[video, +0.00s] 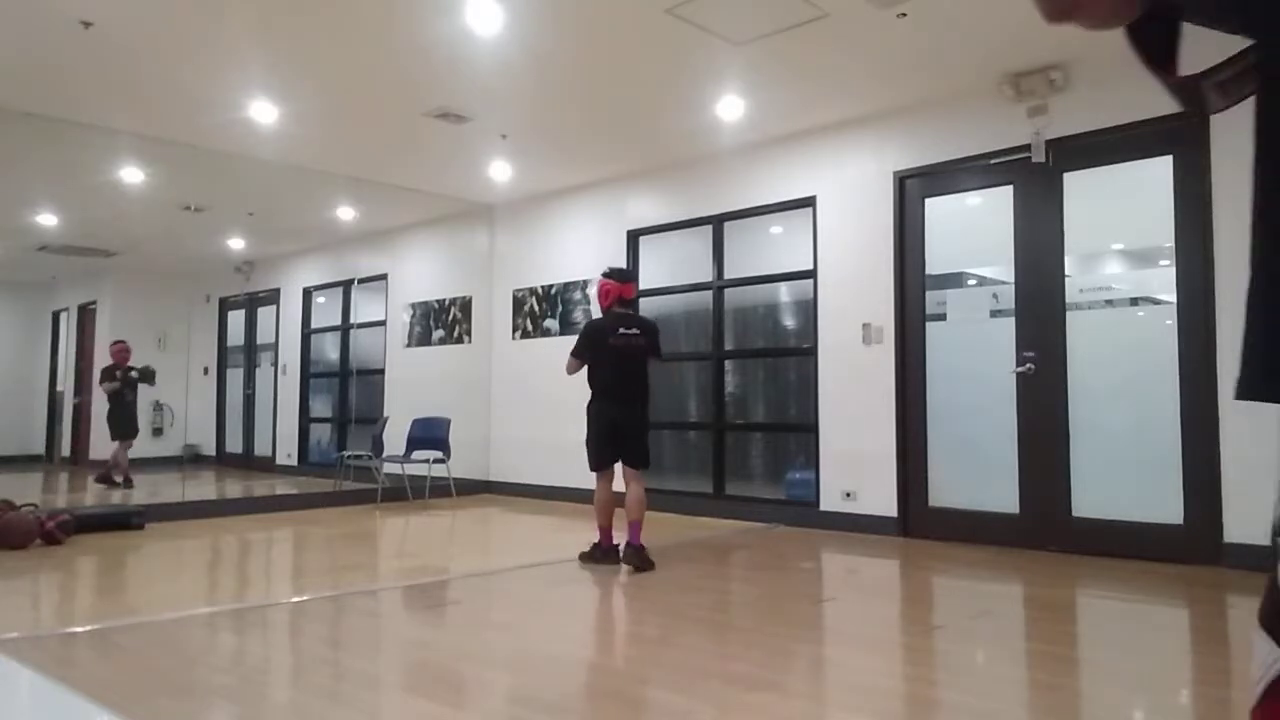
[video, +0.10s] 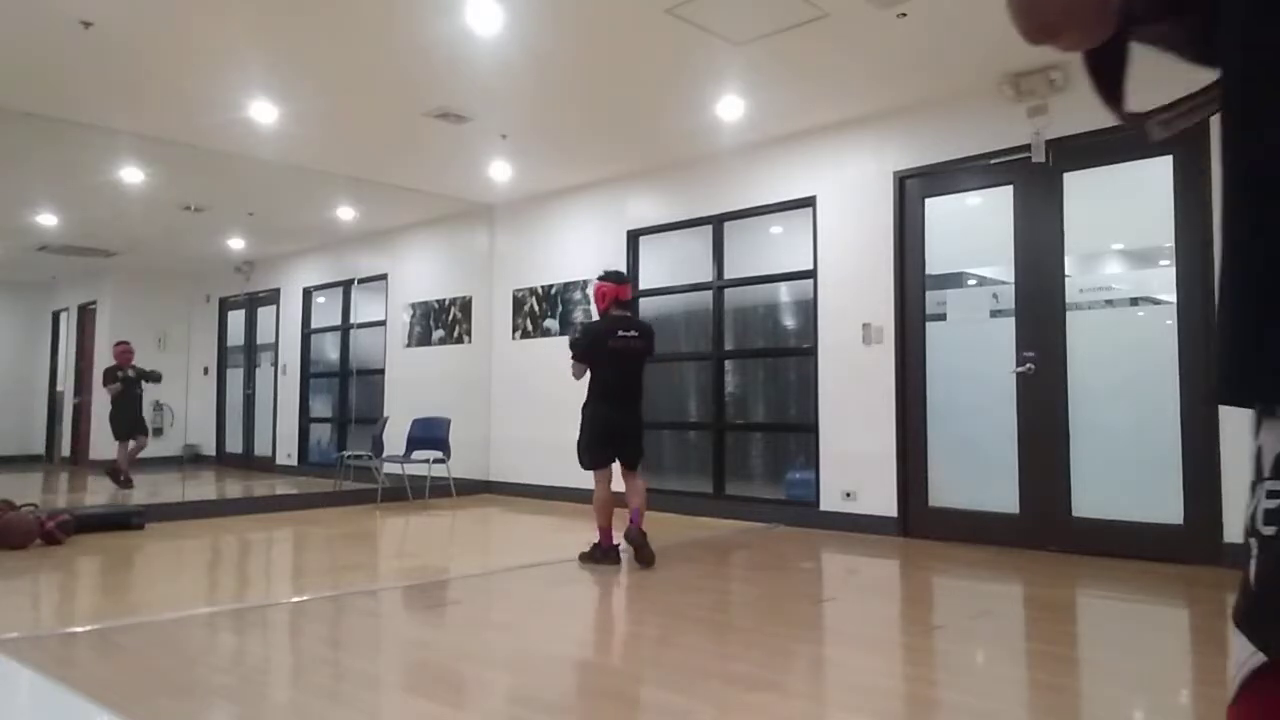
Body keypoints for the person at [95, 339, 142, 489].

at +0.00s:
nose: (124, 355)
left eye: (126, 351)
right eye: (120, 352)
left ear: (130, 353)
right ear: (112, 355)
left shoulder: (132, 371)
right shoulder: (108, 371)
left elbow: (148, 379)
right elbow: (106, 388)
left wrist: (147, 374)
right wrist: (123, 381)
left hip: (130, 411)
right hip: (117, 411)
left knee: (127, 443)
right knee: (124, 443)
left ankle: (106, 473)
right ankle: (126, 476)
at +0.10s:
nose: (127, 356)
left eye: (129, 352)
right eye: (123, 353)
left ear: (133, 354)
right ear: (116, 355)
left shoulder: (136, 371)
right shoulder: (111, 371)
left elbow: (157, 377)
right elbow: (111, 390)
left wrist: (141, 374)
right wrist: (126, 379)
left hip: (135, 413)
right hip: (119, 413)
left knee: (142, 442)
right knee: (123, 444)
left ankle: (118, 467)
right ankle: (124, 475)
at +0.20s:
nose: (132, 358)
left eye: (133, 355)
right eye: (129, 355)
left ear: (135, 355)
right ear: (121, 356)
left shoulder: (140, 370)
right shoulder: (113, 371)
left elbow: (158, 380)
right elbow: (113, 389)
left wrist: (147, 381)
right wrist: (125, 379)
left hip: (139, 413)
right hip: (122, 414)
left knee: (151, 440)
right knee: (124, 445)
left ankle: (131, 467)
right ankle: (127, 477)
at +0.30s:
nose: (135, 359)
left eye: (136, 356)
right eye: (132, 356)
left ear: (139, 356)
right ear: (123, 357)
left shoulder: (144, 370)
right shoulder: (115, 371)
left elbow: (163, 380)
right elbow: (114, 387)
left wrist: (153, 385)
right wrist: (124, 379)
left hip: (142, 411)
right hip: (124, 412)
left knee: (153, 438)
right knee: (125, 445)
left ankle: (146, 470)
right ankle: (126, 477)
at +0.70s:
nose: (139, 361)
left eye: (142, 358)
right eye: (137, 358)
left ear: (151, 356)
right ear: (136, 358)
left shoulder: (162, 369)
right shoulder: (133, 371)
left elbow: (175, 381)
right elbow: (129, 389)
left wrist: (160, 390)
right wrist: (129, 383)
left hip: (155, 414)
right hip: (136, 413)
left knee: (157, 444)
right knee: (133, 445)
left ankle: (161, 476)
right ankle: (127, 478)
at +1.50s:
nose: (139, 361)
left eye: (140, 357)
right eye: (137, 358)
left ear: (148, 355)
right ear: (142, 357)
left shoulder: (159, 369)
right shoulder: (145, 372)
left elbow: (157, 384)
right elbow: (137, 389)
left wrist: (139, 384)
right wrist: (121, 392)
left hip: (151, 413)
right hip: (137, 413)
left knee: (151, 444)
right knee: (136, 444)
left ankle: (159, 476)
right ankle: (137, 476)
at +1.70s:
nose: (132, 362)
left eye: (133, 359)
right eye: (131, 359)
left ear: (141, 357)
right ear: (140, 358)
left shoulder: (151, 371)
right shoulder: (140, 372)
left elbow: (147, 384)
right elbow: (129, 383)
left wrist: (129, 384)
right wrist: (126, 384)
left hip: (139, 411)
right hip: (131, 410)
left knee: (135, 444)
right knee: (133, 444)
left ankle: (157, 472)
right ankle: (136, 476)